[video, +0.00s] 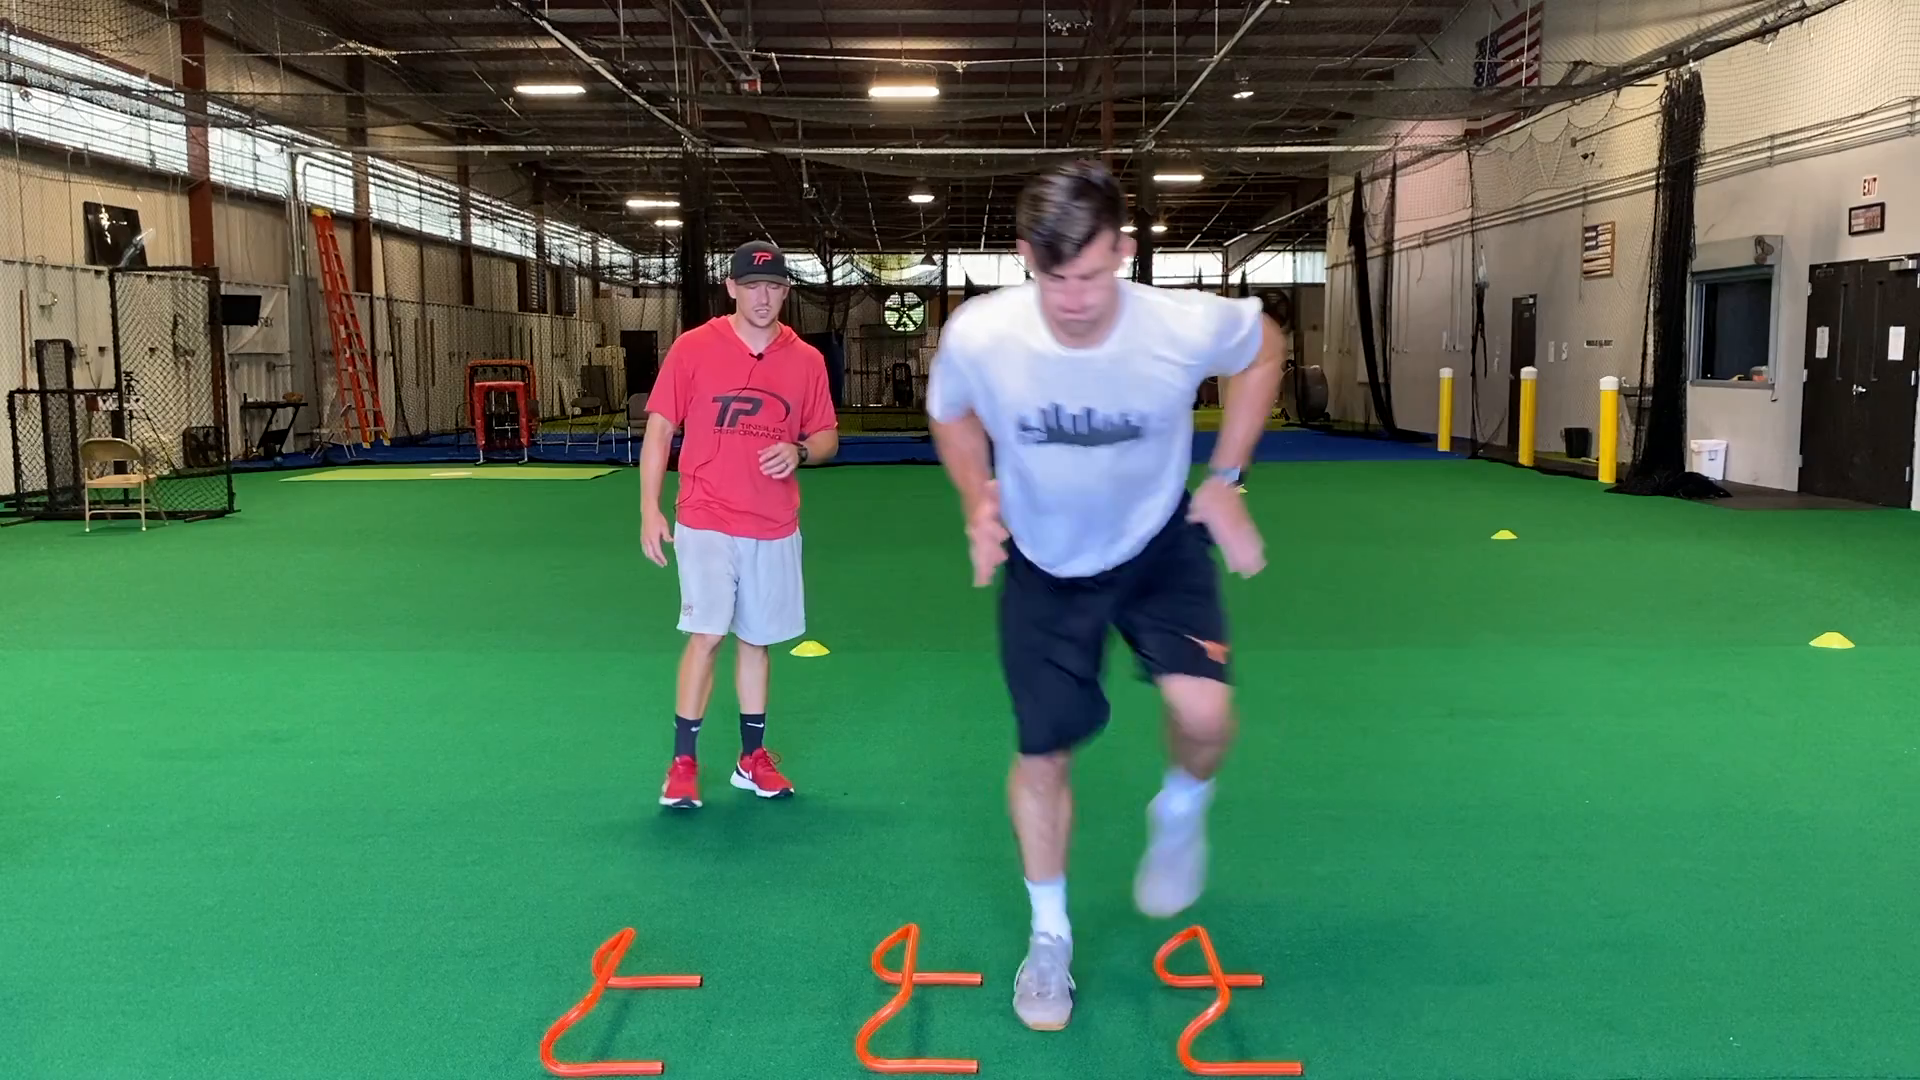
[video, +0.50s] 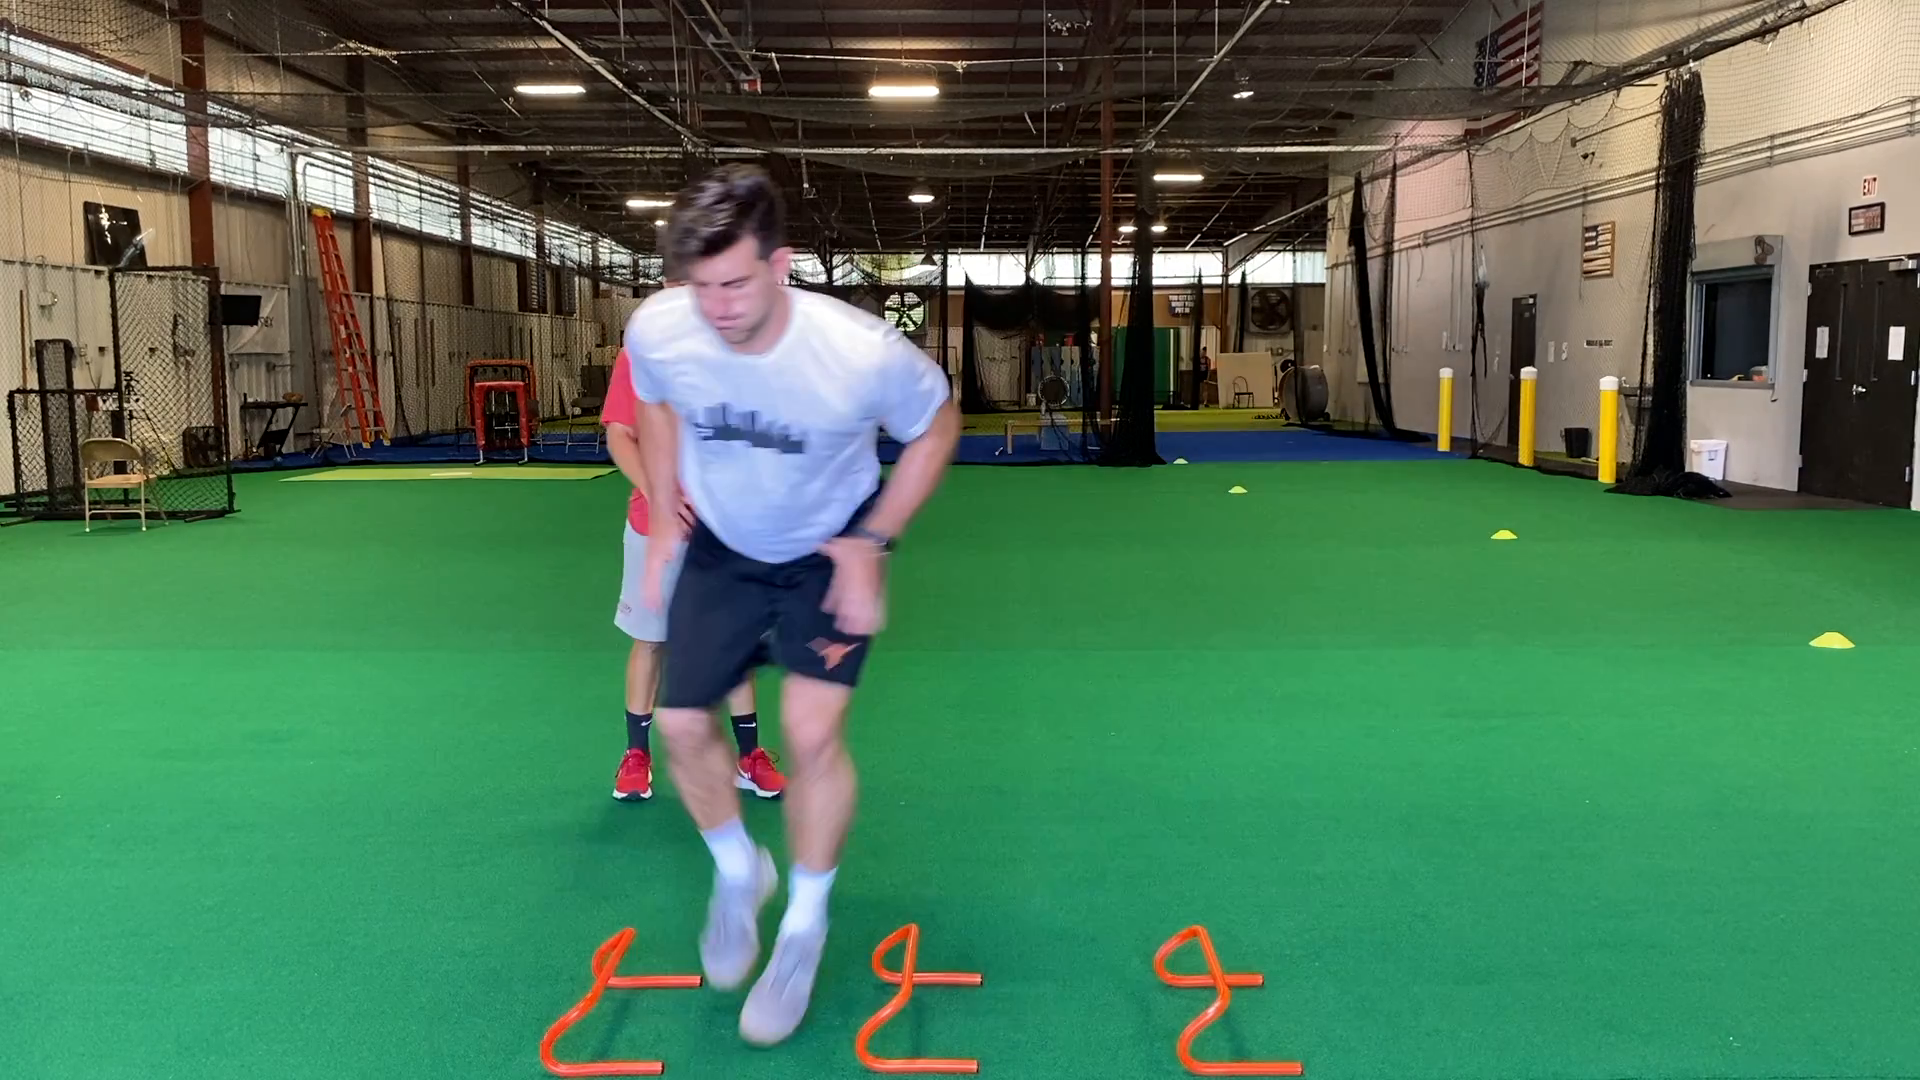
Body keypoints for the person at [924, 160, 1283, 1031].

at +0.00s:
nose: (1073, 296)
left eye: (1090, 276)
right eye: (1056, 278)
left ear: (1123, 251)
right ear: (1027, 260)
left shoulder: (1181, 324)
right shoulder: (978, 334)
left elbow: (1262, 347)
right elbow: (948, 408)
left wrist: (1224, 476)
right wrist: (978, 498)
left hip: (1159, 546)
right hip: (1042, 565)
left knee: (1205, 714)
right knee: (1041, 753)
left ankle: (1180, 814)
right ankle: (1048, 935)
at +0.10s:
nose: (1006, 289)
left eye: (1023, 269)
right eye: (989, 271)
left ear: (1062, 249)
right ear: (966, 259)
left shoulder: (1127, 334)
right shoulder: (921, 316)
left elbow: (1199, 411)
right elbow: (897, 368)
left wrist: (1132, 504)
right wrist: (910, 482)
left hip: (1087, 527)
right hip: (971, 527)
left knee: (1101, 737)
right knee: (964, 722)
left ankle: (1087, 920)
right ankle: (1012, 831)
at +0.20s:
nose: (931, 295)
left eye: (949, 277)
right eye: (916, 277)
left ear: (988, 260)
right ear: (895, 267)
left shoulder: (1054, 348)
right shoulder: (855, 323)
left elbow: (1137, 428)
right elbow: (837, 360)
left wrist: (1060, 489)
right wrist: (846, 460)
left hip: (1025, 566)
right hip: (904, 550)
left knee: (1050, 762)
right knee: (850, 706)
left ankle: (1064, 944)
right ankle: (892, 800)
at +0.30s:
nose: (857, 295)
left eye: (873, 273)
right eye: (840, 275)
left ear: (914, 257)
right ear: (819, 266)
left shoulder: (983, 332)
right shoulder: (778, 334)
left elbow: (1075, 377)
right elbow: (774, 409)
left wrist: (1041, 505)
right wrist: (783, 521)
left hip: (966, 552)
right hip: (844, 559)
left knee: (1002, 727)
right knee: (808, 743)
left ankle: (1030, 876)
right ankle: (779, 920)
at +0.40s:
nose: (792, 303)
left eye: (808, 283)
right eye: (775, 284)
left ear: (847, 267)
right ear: (753, 276)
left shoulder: (915, 343)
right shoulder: (712, 346)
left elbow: (1015, 362)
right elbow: (700, 430)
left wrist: (990, 494)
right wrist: (720, 526)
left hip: (894, 546)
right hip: (781, 564)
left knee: (916, 702)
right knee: (769, 768)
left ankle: (902, 816)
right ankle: (773, 942)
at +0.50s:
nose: (719, 304)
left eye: (737, 282)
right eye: (702, 285)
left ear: (783, 263)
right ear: (683, 276)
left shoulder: (860, 351)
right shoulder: (658, 333)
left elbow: (939, 423)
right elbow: (659, 403)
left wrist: (874, 540)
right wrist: (664, 507)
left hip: (826, 556)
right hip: (716, 551)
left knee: (810, 737)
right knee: (681, 722)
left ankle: (804, 928)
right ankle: (738, 870)